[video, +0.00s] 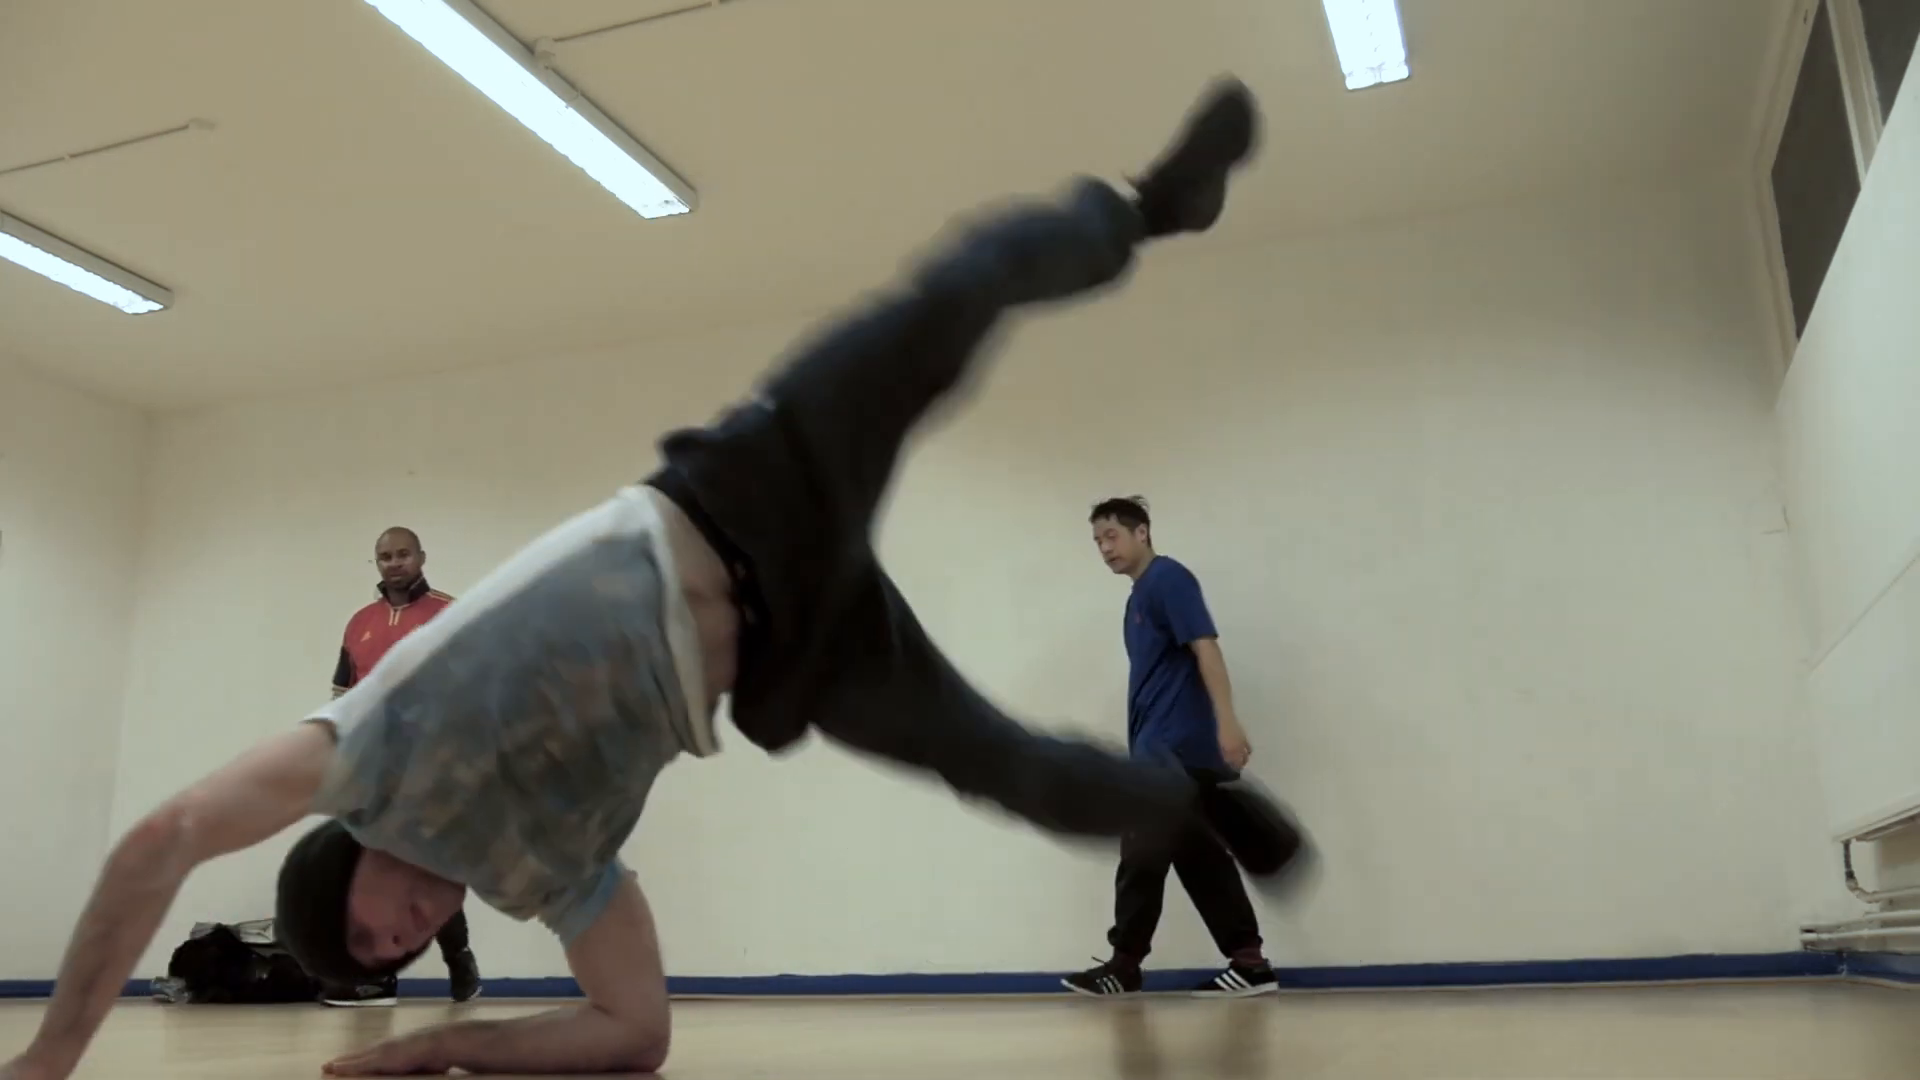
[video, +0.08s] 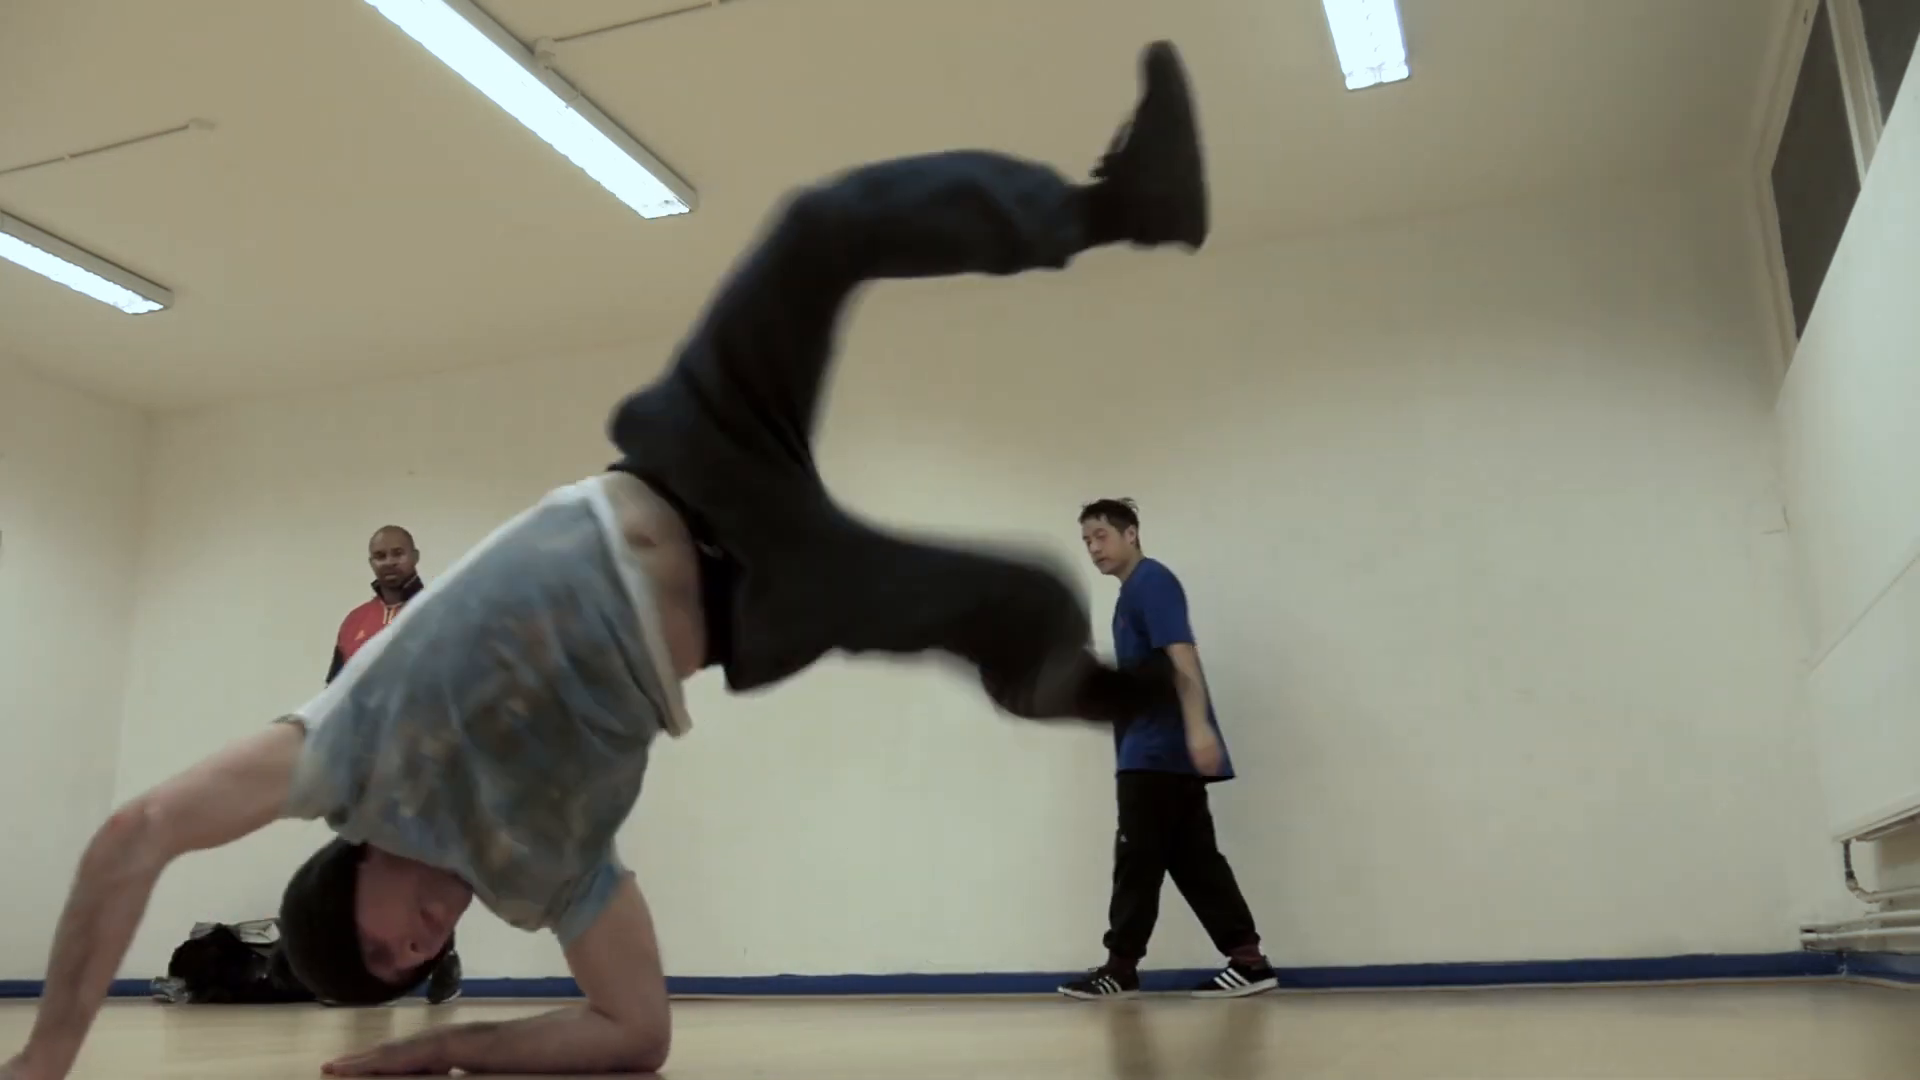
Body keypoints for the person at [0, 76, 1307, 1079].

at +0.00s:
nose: (404, 939)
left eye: (376, 933)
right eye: (391, 951)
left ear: (357, 874)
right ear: (401, 928)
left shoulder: (358, 757)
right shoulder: (560, 870)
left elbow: (157, 845)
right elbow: (634, 1038)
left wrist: (46, 1055)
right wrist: (439, 1057)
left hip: (740, 501)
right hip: (793, 661)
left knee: (959, 287)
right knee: (1019, 774)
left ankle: (1151, 206)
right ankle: (1215, 817)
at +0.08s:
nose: (425, 928)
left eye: (392, 928)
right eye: (421, 948)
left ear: (362, 885)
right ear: (429, 938)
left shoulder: (333, 756)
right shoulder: (553, 871)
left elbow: (129, 840)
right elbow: (637, 1039)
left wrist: (42, 1057)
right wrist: (433, 1049)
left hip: (682, 461)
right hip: (755, 606)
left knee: (824, 223)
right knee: (1023, 594)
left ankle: (1114, 201)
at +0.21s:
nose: (445, 926)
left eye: (416, 933)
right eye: (432, 945)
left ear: (354, 880)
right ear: (439, 937)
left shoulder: (333, 763)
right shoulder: (560, 872)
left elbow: (131, 845)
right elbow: (637, 1035)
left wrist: (45, 1049)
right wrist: (443, 1048)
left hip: (633, 448)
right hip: (728, 557)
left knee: (696, 193)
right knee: (1007, 411)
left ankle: (975, 313)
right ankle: (987, 631)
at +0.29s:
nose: (451, 931)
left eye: (424, 939)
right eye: (439, 947)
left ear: (363, 890)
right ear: (440, 924)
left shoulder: (335, 776)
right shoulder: (562, 873)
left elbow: (149, 847)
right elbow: (642, 1034)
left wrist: (53, 1042)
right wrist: (442, 1045)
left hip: (612, 458)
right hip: (722, 546)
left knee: (653, 195)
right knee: (985, 403)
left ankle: (897, 355)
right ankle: (1004, 630)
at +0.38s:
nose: (445, 936)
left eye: (415, 945)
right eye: (435, 951)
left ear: (355, 907)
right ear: (439, 936)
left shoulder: (325, 786)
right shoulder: (560, 886)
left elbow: (141, 847)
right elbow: (643, 1036)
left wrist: (53, 1039)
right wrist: (442, 1046)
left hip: (594, 465)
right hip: (709, 557)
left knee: (631, 190)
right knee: (964, 372)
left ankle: (877, 341)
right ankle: (1009, 624)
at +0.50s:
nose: (417, 934)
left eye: (381, 942)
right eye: (413, 952)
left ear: (332, 916)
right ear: (422, 952)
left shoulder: (301, 792)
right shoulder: (533, 893)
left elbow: (110, 848)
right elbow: (641, 1037)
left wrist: (43, 1051)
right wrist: (430, 1051)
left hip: (585, 466)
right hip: (698, 558)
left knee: (633, 187)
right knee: (952, 388)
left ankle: (852, 343)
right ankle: (1000, 645)